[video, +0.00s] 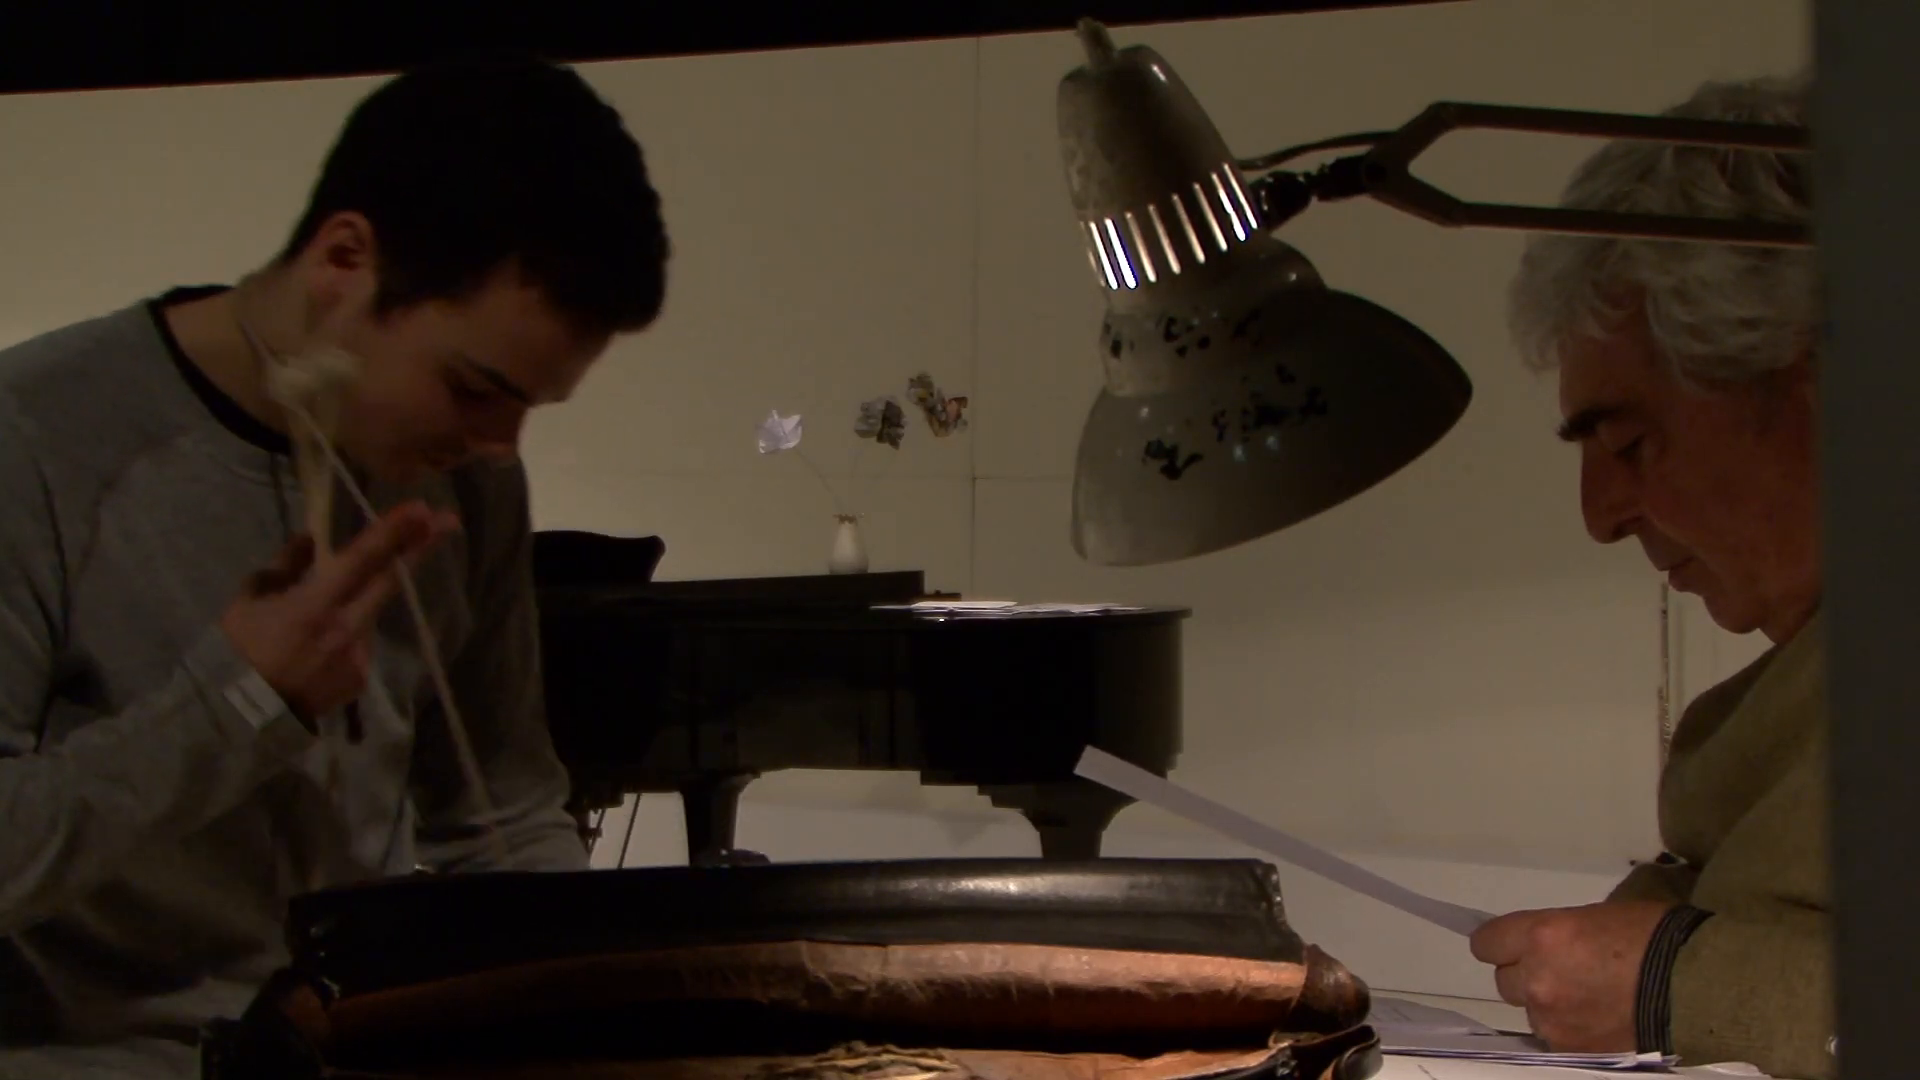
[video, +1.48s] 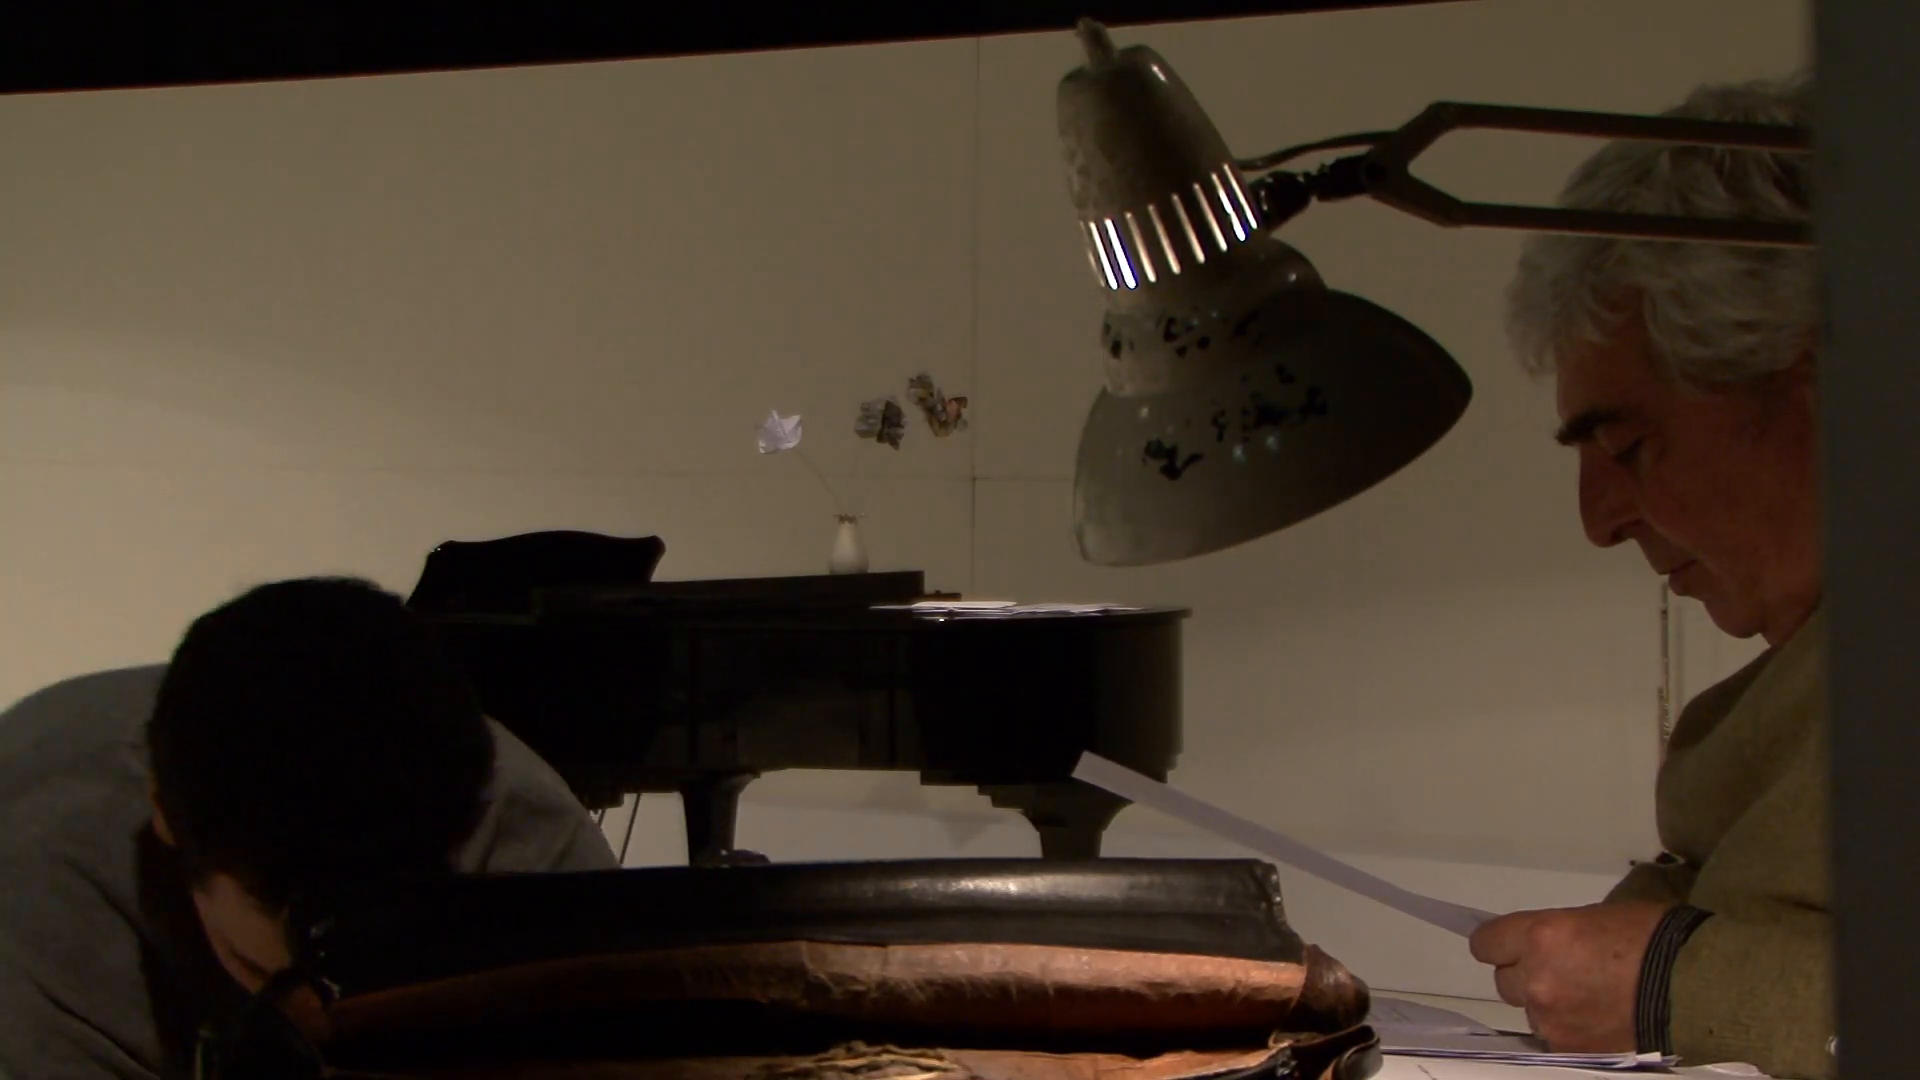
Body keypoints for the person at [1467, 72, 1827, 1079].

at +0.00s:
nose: (1602, 516)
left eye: (1627, 438)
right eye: (1591, 450)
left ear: (1808, 381)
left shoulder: (1873, 658)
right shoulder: (1798, 668)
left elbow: (1895, 1005)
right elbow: (1741, 866)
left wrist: (1674, 984)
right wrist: (1650, 927)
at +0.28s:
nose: (1602, 517)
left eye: (1625, 437)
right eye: (1590, 448)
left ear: (1809, 381)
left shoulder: (1870, 659)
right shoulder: (1795, 670)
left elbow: (1892, 1006)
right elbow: (1732, 869)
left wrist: (1673, 983)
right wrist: (1645, 936)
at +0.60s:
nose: (1603, 517)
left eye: (1627, 438)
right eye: (1591, 451)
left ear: (1806, 379)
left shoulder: (1872, 656)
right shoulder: (1797, 668)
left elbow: (1889, 1007)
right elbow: (1741, 872)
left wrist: (1673, 983)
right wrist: (1649, 934)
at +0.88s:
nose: (1602, 519)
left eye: (1624, 439)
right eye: (1590, 452)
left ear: (1806, 377)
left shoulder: (1873, 656)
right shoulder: (1800, 666)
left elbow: (1893, 1004)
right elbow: (1741, 870)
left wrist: (1674, 984)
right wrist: (1646, 936)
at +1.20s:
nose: (1601, 520)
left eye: (1623, 439)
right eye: (1589, 453)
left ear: (1809, 379)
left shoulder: (1874, 656)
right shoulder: (1792, 674)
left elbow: (1896, 1004)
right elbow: (1733, 874)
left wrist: (1673, 985)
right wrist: (1642, 948)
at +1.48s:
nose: (1600, 520)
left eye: (1622, 440)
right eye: (1589, 455)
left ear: (1806, 376)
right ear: (1801, 374)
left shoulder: (1874, 652)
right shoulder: (1799, 665)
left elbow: (1894, 1006)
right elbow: (1731, 872)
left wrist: (1675, 985)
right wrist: (1641, 944)